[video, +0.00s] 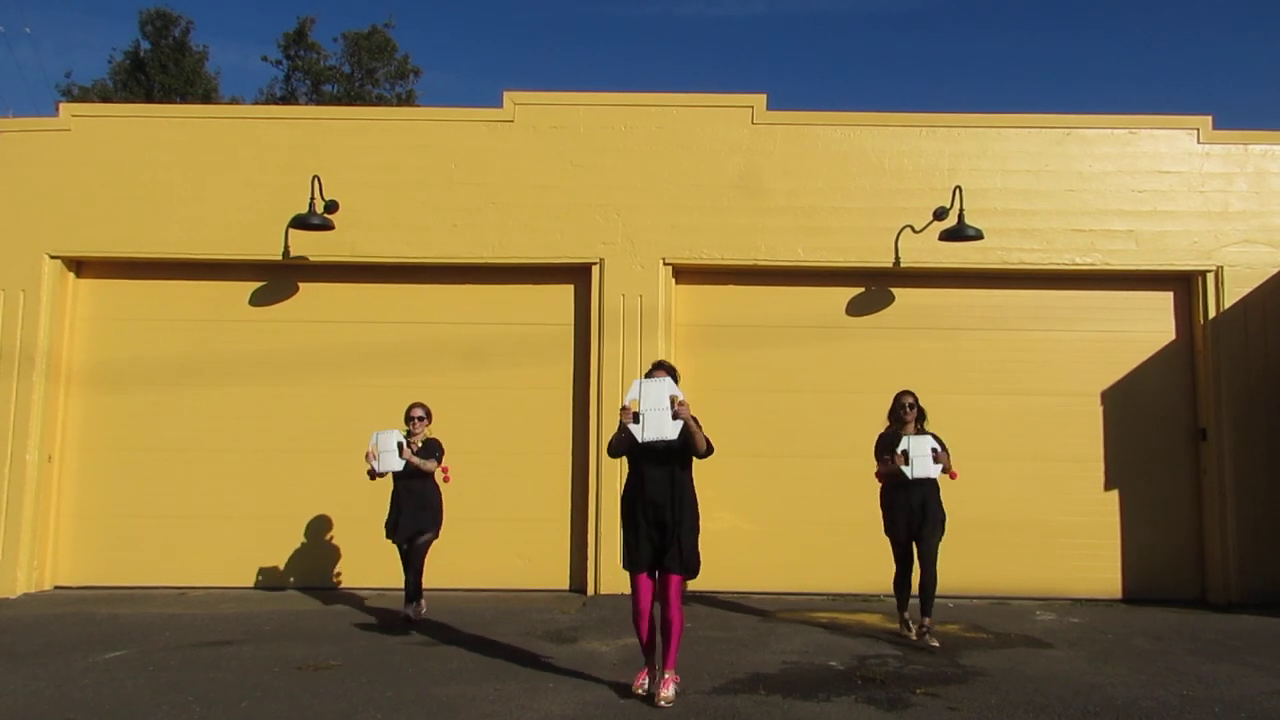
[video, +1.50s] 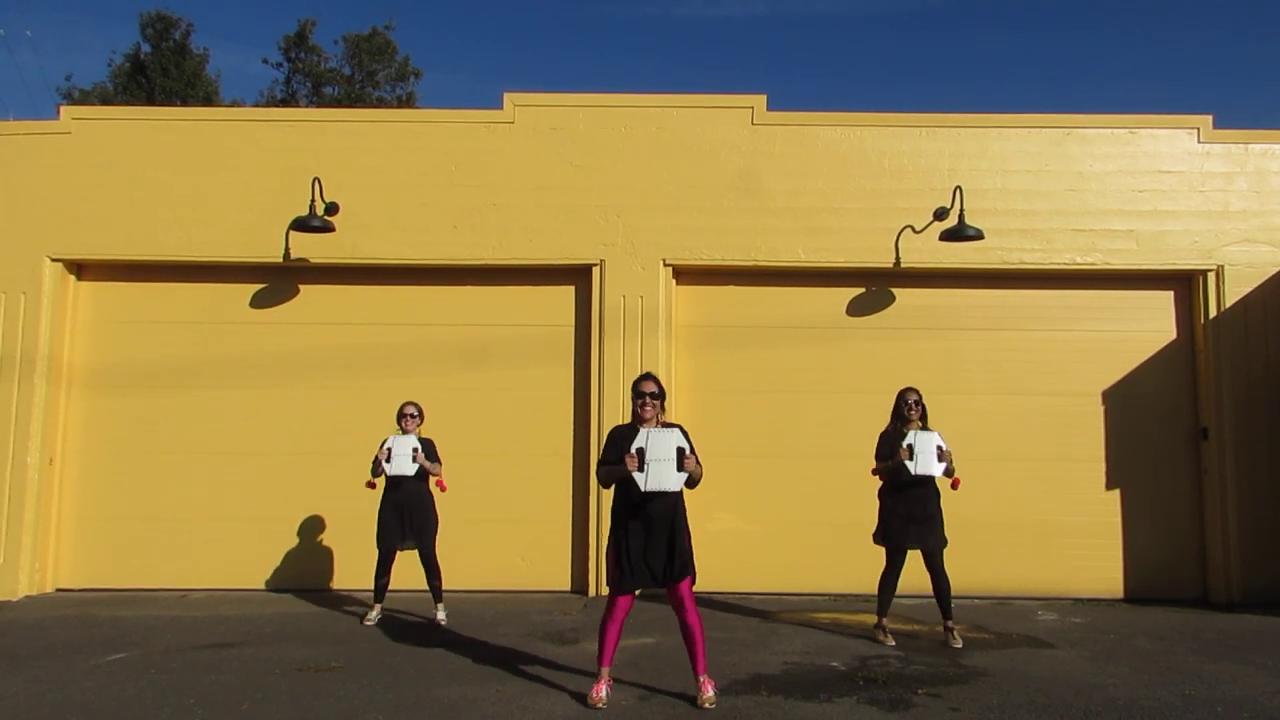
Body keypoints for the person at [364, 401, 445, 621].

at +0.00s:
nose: (415, 423)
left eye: (420, 419)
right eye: (411, 419)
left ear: (428, 421)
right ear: (406, 421)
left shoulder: (433, 445)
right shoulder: (398, 445)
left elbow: (431, 467)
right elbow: (377, 474)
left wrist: (410, 457)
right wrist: (373, 462)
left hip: (427, 509)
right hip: (401, 509)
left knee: (415, 558)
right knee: (407, 560)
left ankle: (409, 606)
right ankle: (418, 601)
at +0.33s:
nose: (421, 414)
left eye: (426, 411)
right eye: (417, 411)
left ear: (434, 415)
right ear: (412, 415)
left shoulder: (441, 441)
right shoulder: (401, 441)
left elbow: (452, 469)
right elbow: (391, 465)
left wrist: (437, 470)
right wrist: (394, 469)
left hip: (434, 505)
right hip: (407, 505)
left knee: (434, 554)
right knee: (410, 555)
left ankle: (440, 603)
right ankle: (416, 602)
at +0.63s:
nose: (420, 415)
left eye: (425, 412)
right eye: (416, 412)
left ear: (433, 415)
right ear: (411, 416)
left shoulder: (438, 439)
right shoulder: (403, 438)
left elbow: (447, 465)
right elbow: (389, 470)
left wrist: (432, 458)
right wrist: (389, 459)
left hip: (432, 502)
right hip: (404, 501)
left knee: (436, 553)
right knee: (398, 553)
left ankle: (444, 603)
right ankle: (391, 602)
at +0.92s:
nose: (414, 411)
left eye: (419, 407)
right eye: (411, 408)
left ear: (427, 412)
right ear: (406, 412)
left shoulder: (433, 436)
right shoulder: (395, 435)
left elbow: (445, 464)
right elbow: (382, 469)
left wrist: (430, 461)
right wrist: (385, 459)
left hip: (428, 502)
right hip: (399, 502)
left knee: (432, 551)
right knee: (394, 552)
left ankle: (440, 601)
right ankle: (385, 601)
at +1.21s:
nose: (411, 415)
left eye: (415, 411)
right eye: (407, 411)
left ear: (423, 415)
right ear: (402, 414)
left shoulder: (430, 439)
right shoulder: (391, 439)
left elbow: (440, 468)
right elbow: (382, 474)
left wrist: (426, 460)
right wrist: (384, 461)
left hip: (423, 501)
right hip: (395, 500)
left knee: (429, 551)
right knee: (389, 552)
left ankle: (439, 601)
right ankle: (385, 603)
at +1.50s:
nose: (408, 420)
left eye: (413, 416)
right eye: (404, 416)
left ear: (420, 419)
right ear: (399, 420)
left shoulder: (426, 444)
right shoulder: (390, 443)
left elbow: (437, 470)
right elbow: (375, 473)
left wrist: (423, 461)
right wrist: (380, 460)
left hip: (421, 507)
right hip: (392, 507)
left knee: (427, 555)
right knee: (385, 556)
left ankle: (439, 606)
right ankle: (376, 606)